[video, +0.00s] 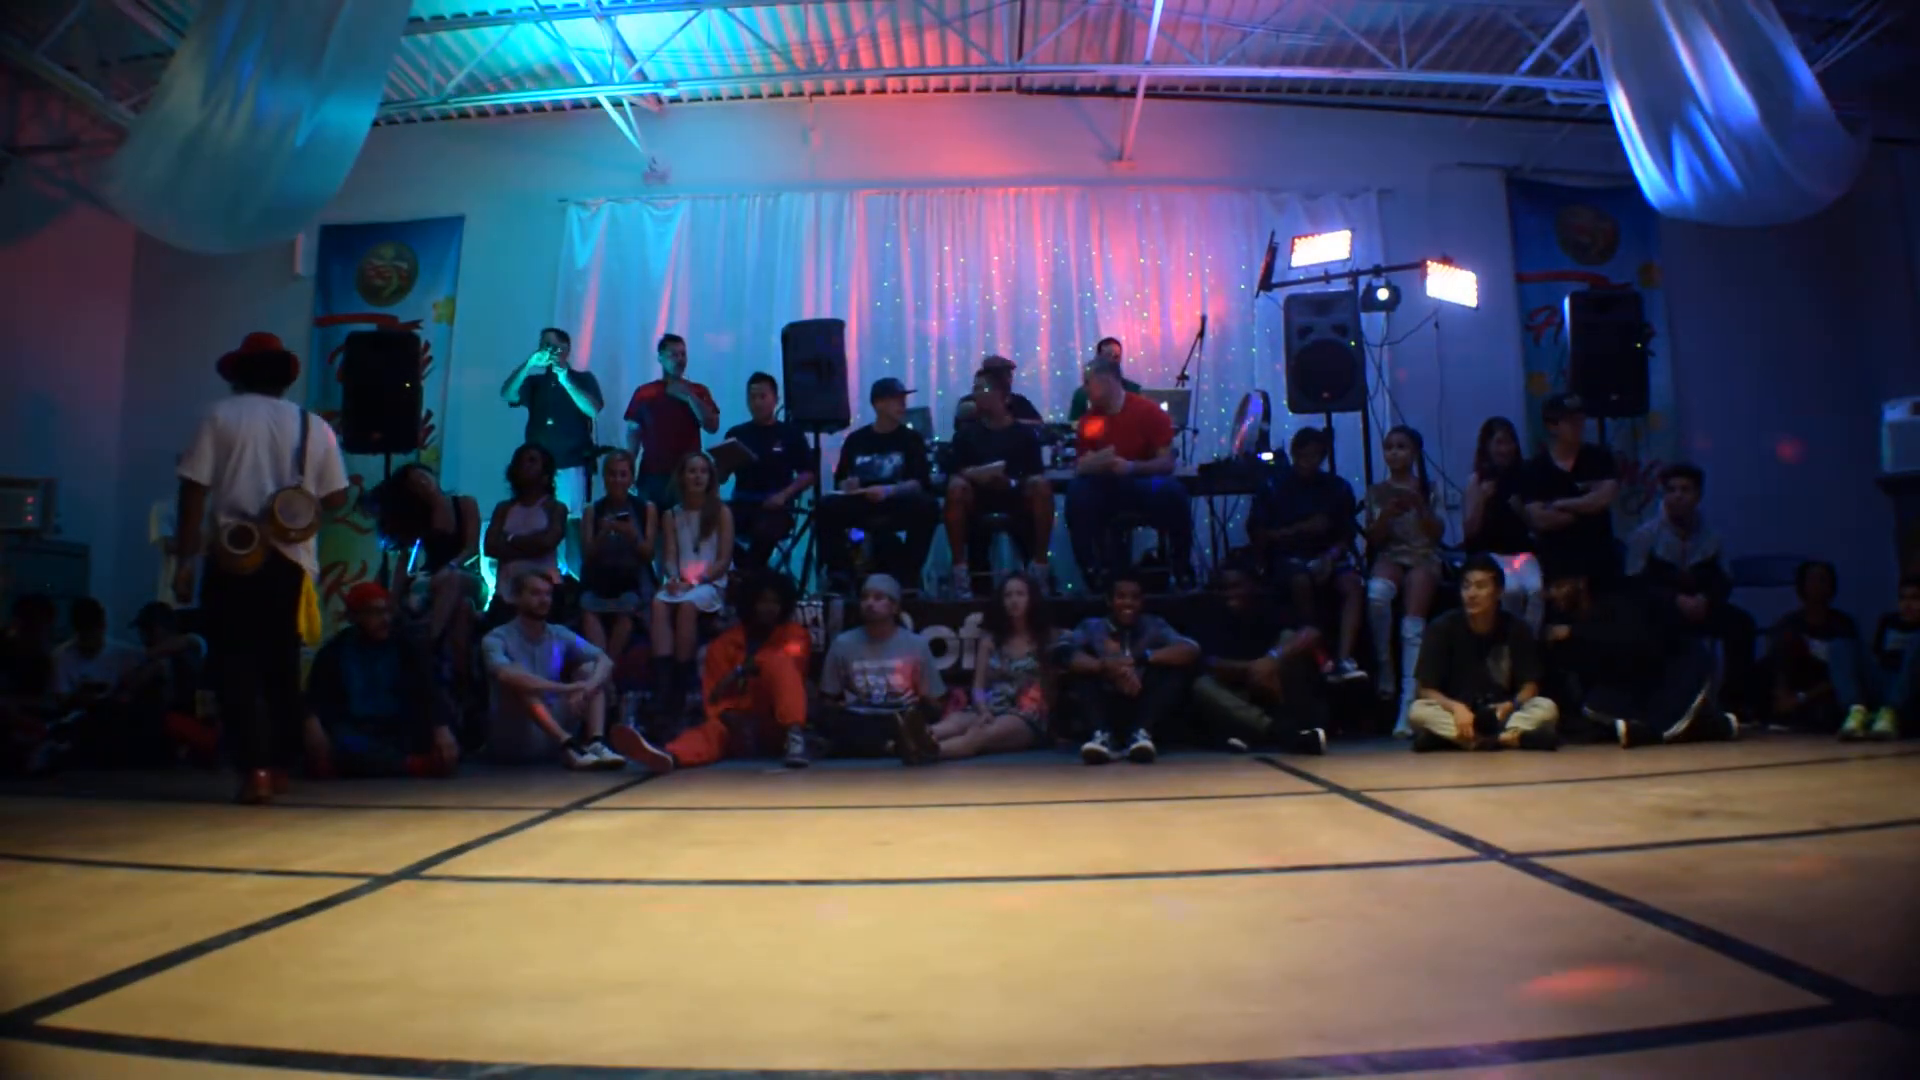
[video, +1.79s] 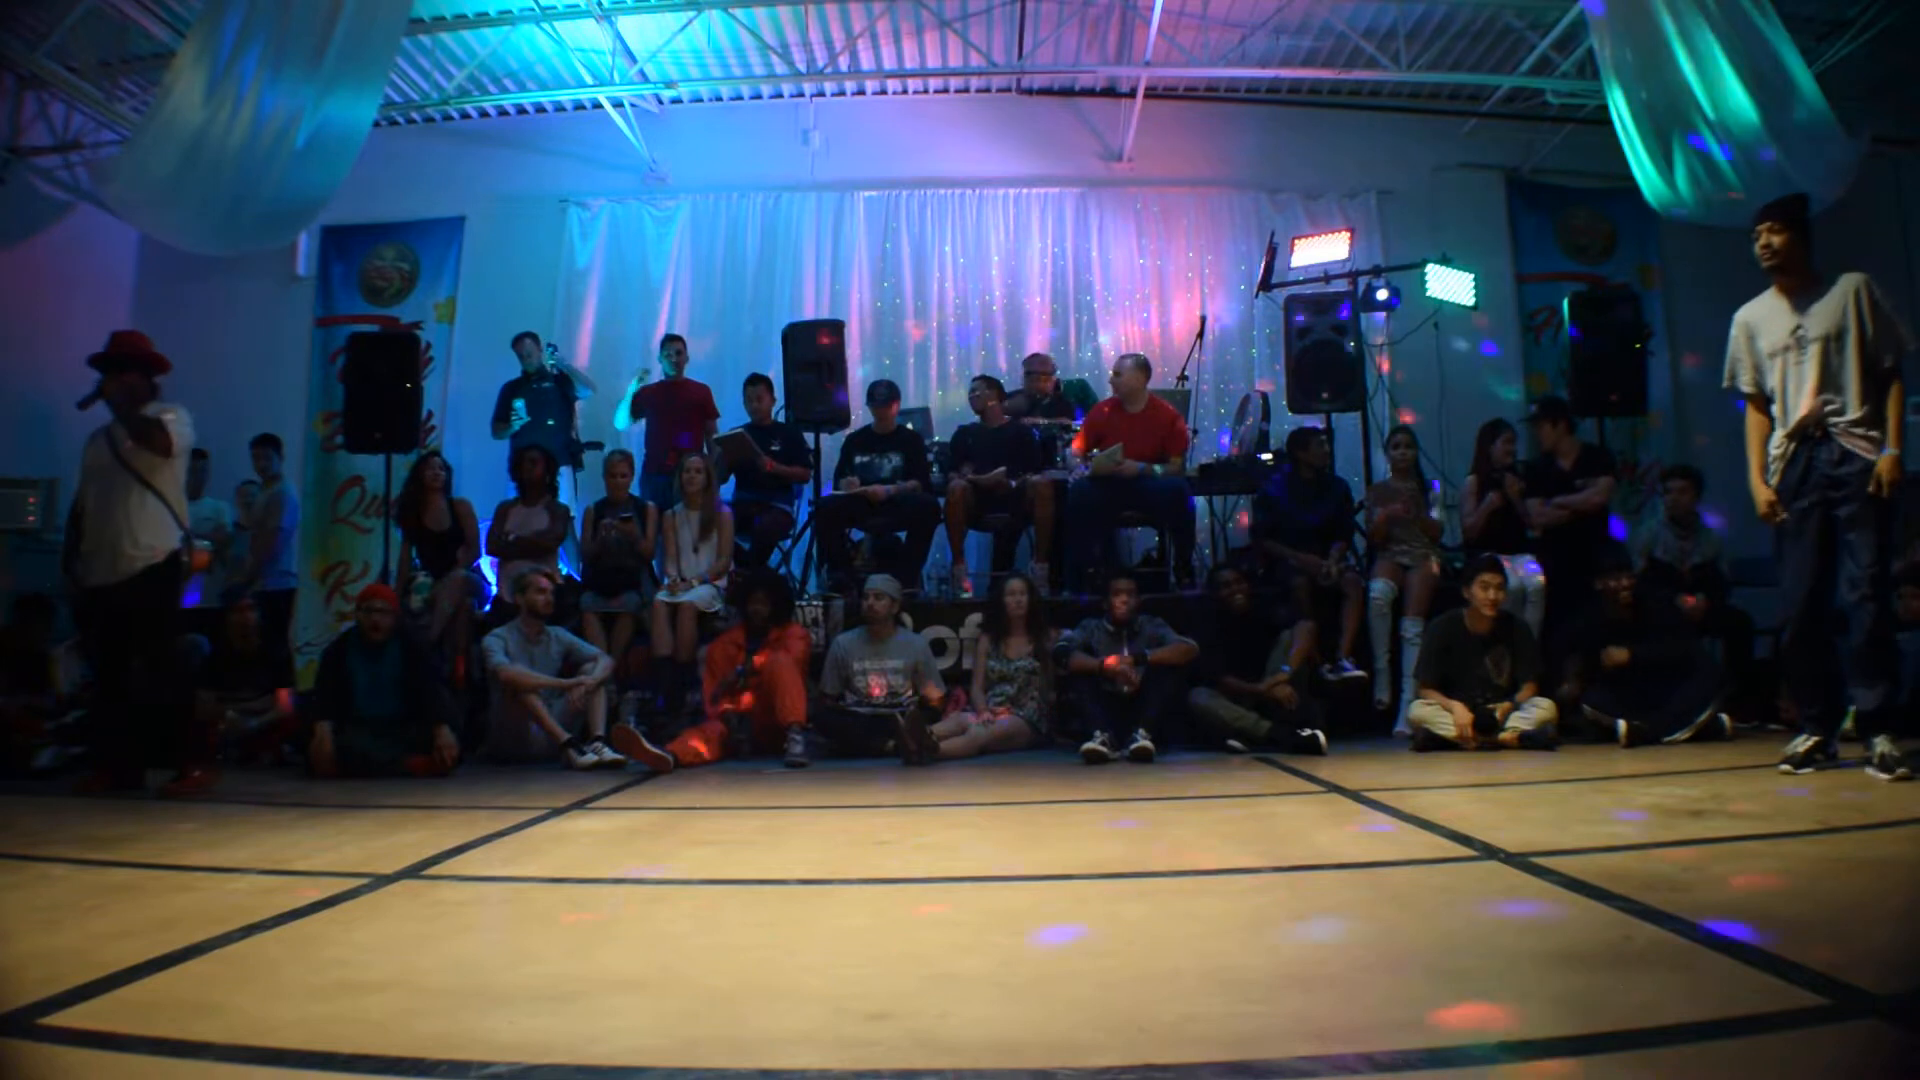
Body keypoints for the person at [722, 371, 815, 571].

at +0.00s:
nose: (757, 402)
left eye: (763, 396)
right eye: (752, 397)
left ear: (775, 399)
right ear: (747, 401)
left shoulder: (790, 433)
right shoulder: (736, 434)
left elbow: (808, 474)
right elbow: (720, 477)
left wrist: (783, 496)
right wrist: (728, 458)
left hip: (776, 502)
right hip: (743, 502)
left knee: (766, 532)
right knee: (720, 524)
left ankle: (752, 573)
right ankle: (744, 564)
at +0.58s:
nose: (754, 401)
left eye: (760, 395)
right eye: (750, 396)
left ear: (773, 399)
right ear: (745, 401)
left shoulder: (788, 433)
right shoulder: (734, 435)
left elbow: (808, 472)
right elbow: (720, 477)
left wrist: (782, 496)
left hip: (774, 503)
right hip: (742, 502)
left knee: (767, 532)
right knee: (721, 524)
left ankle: (752, 573)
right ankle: (743, 565)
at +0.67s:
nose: (754, 402)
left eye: (760, 396)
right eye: (750, 396)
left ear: (773, 400)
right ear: (745, 401)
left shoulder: (788, 433)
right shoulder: (735, 435)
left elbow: (808, 472)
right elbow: (720, 474)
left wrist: (782, 496)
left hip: (774, 503)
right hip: (742, 502)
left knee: (766, 532)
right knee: (720, 525)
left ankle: (754, 573)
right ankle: (743, 564)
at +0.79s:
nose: (755, 402)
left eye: (760, 396)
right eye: (750, 397)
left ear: (773, 400)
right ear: (746, 402)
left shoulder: (789, 433)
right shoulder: (736, 436)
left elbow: (809, 471)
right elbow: (721, 477)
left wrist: (783, 493)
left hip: (776, 501)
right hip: (743, 501)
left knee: (767, 532)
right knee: (721, 524)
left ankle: (753, 572)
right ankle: (744, 564)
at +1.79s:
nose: (754, 406)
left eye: (759, 399)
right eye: (749, 400)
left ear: (772, 400)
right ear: (744, 403)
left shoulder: (789, 433)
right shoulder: (739, 434)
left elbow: (805, 473)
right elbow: (720, 477)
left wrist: (775, 468)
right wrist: (727, 455)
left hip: (777, 503)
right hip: (743, 501)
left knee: (766, 530)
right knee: (718, 524)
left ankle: (752, 574)